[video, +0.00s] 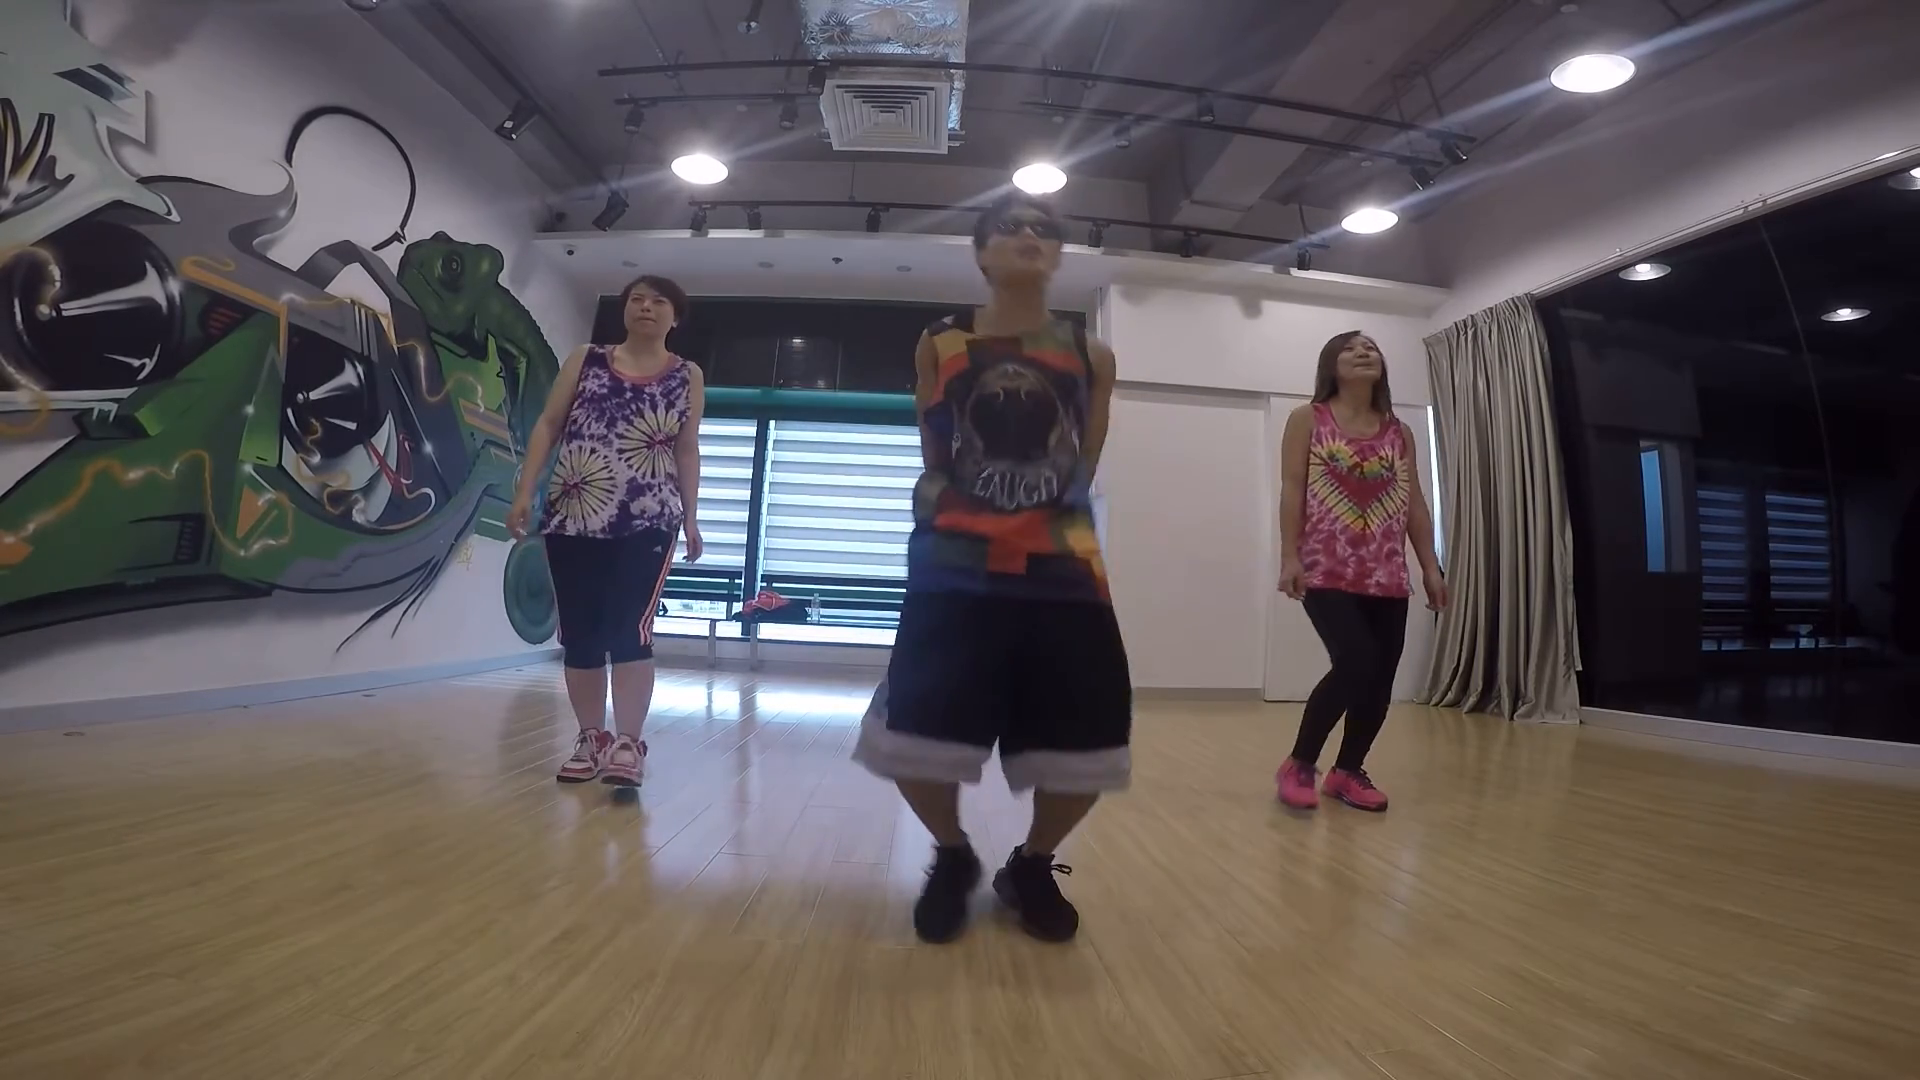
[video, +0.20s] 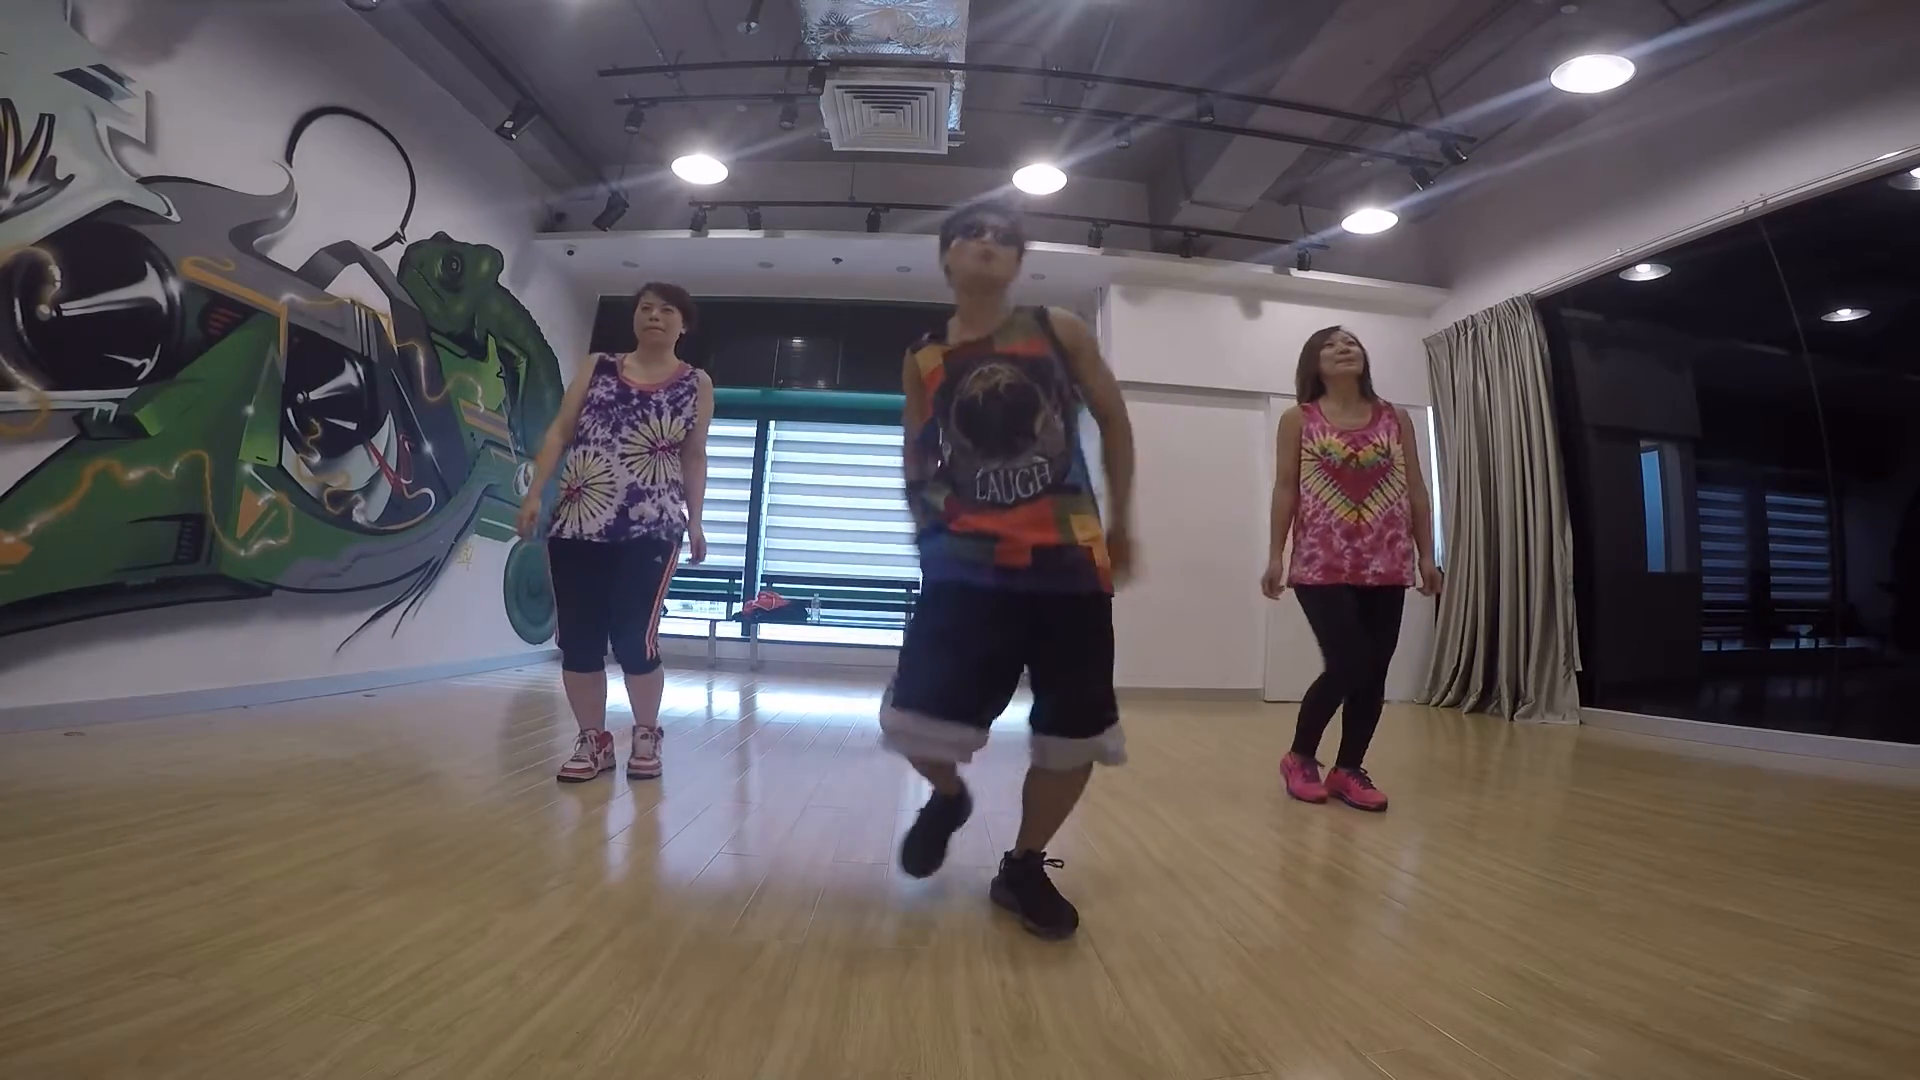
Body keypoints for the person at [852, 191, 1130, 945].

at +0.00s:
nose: (1027, 240)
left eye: (1042, 231)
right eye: (1010, 229)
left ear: (1060, 258)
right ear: (980, 253)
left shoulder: (1090, 359)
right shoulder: (940, 349)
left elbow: (1082, 470)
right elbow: (940, 460)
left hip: (1065, 580)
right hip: (956, 576)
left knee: (1092, 746)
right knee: (907, 743)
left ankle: (1032, 867)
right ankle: (952, 855)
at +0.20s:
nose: (985, 248)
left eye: (1001, 239)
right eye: (970, 235)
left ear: (1019, 262)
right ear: (945, 256)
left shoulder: (1060, 331)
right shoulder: (925, 359)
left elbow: (1114, 419)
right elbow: (917, 460)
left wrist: (1120, 525)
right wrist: (932, 533)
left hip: (1066, 568)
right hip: (966, 568)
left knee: (1073, 734)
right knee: (915, 725)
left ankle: (1025, 865)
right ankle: (950, 797)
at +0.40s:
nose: (959, 300)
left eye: (976, 293)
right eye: (945, 289)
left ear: (993, 317)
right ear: (920, 310)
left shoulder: (1031, 373)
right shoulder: (906, 421)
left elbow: (1101, 450)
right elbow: (891, 517)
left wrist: (1161, 529)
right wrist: (848, 565)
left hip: (1049, 596)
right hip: (954, 608)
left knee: (1083, 747)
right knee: (937, 758)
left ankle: (1022, 868)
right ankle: (968, 826)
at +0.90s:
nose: (1019, 291)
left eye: (1032, 283)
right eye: (1005, 280)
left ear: (1046, 302)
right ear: (980, 294)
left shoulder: (1053, 396)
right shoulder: (932, 359)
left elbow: (1050, 484)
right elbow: (877, 422)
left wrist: (1057, 552)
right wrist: (872, 495)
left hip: (1027, 556)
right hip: (939, 552)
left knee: (1069, 692)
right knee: (932, 708)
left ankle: (1036, 808)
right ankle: (964, 821)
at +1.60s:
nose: (965, 301)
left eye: (977, 293)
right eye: (950, 291)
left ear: (992, 314)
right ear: (928, 314)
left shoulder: (1030, 353)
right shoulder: (936, 406)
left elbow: (1102, 415)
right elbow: (960, 485)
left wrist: (1138, 504)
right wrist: (949, 554)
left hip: (1047, 569)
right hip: (959, 569)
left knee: (1040, 717)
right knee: (910, 702)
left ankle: (1005, 815)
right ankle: (935, 797)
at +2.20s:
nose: (991, 286)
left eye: (1003, 281)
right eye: (978, 279)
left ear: (1018, 306)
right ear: (955, 302)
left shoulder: (1029, 384)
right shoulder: (914, 359)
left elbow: (1030, 470)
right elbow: (872, 434)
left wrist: (1051, 542)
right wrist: (872, 490)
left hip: (1001, 555)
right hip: (920, 554)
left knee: (1025, 684)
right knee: (913, 705)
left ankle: (1007, 809)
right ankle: (936, 797)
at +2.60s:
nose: (994, 303)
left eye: (1004, 298)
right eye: (980, 298)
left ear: (1022, 324)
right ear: (961, 324)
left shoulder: (1048, 401)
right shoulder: (930, 388)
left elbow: (1097, 485)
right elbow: (863, 429)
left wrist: (1149, 558)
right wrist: (805, 460)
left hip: (1009, 583)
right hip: (930, 573)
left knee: (1004, 717)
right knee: (900, 696)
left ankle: (975, 801)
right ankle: (908, 822)